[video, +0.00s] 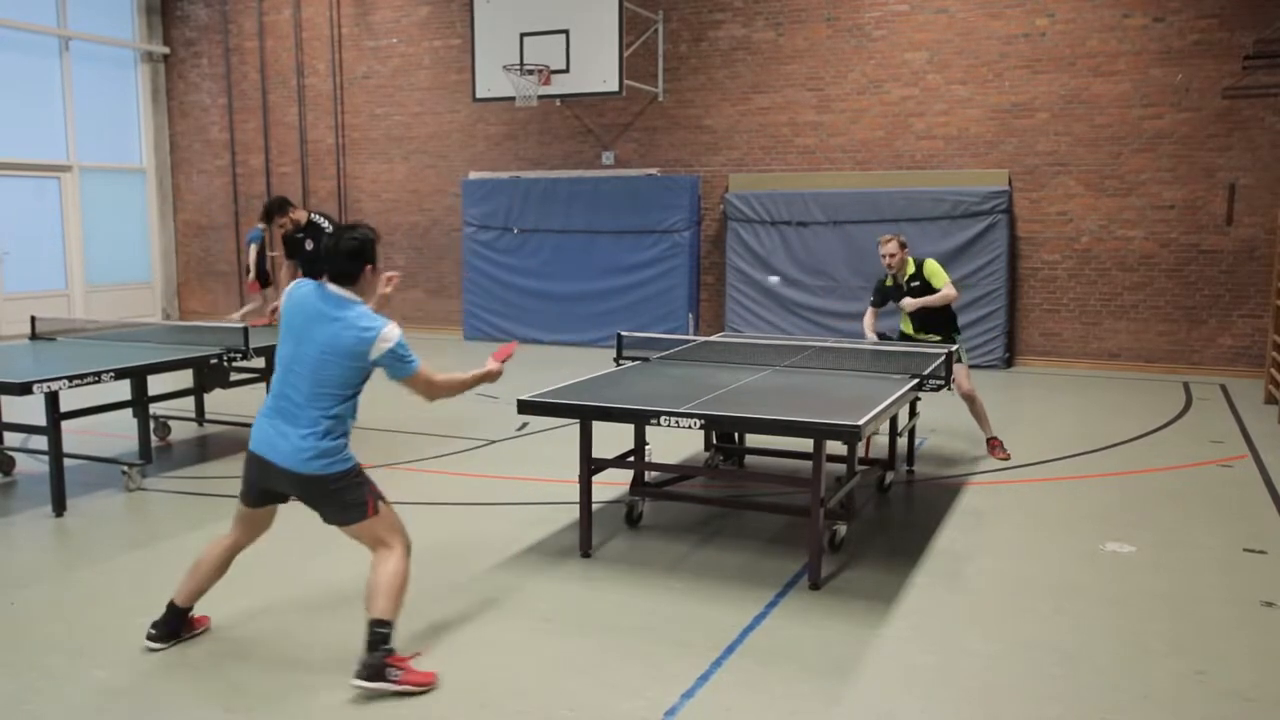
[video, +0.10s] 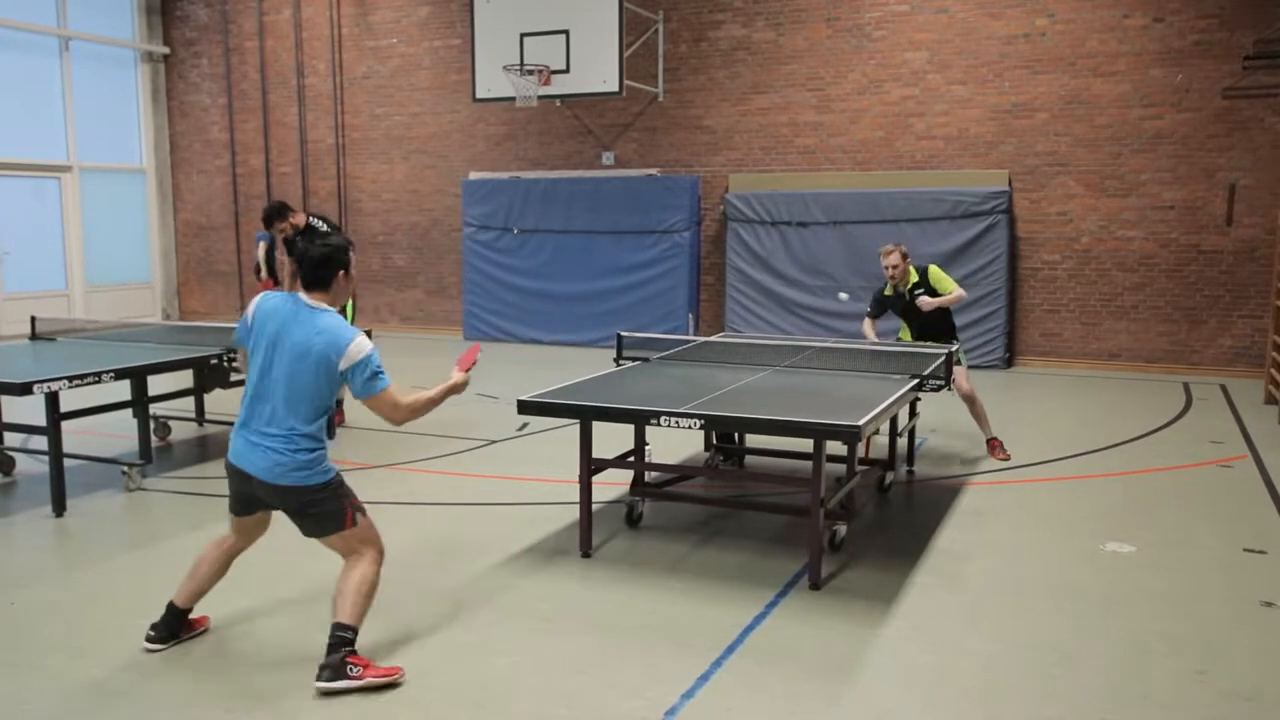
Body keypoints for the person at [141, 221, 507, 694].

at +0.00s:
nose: (382, 267)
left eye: (379, 261)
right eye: (377, 262)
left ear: (327, 266)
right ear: (366, 271)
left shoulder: (296, 294)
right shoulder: (376, 331)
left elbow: (337, 315)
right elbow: (431, 387)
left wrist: (369, 298)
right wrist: (485, 374)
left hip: (264, 451)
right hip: (321, 464)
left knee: (240, 532)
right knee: (392, 544)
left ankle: (169, 620)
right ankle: (377, 657)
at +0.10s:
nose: (354, 275)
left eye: (352, 267)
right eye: (352, 268)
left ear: (295, 268)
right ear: (341, 275)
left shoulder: (263, 306)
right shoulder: (346, 341)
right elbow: (397, 411)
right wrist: (449, 387)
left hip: (243, 460)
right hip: (299, 472)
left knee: (241, 532)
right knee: (365, 550)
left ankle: (169, 620)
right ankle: (339, 658)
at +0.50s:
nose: (389, 277)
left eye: (389, 267)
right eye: (387, 268)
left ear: (340, 266)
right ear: (367, 269)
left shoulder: (300, 297)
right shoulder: (342, 324)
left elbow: (291, 373)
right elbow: (332, 417)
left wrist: (355, 382)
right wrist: (404, 442)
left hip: (251, 449)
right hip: (295, 457)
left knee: (267, 536)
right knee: (374, 548)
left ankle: (196, 635)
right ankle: (363, 683)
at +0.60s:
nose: (418, 311)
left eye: (417, 301)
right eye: (413, 301)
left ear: (379, 302)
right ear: (390, 306)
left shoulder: (357, 340)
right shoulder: (330, 356)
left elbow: (374, 401)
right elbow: (285, 443)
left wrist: (433, 415)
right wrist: (331, 511)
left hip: (275, 475)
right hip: (291, 482)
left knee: (285, 553)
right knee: (394, 553)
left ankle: (200, 635)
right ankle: (402, 690)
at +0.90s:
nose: (486, 297)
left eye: (490, 286)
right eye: (479, 285)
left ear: (447, 279)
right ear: (444, 278)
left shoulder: (434, 312)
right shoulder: (392, 328)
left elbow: (417, 364)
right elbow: (340, 415)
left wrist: (461, 398)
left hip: (350, 454)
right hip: (341, 460)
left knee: (330, 544)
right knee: (422, 556)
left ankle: (259, 634)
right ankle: (409, 687)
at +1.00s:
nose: (486, 266)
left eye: (491, 254)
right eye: (478, 253)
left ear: (450, 243)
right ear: (443, 244)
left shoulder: (424, 272)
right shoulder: (412, 299)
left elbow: (399, 341)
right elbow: (366, 396)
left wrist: (440, 374)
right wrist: (444, 441)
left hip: (334, 425)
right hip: (359, 438)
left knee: (358, 535)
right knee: (424, 546)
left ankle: (319, 653)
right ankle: (414, 691)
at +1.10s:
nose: (478, 254)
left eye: (483, 243)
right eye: (468, 241)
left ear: (482, 239)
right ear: (433, 234)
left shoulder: (406, 268)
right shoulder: (417, 299)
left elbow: (373, 346)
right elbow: (387, 403)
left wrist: (429, 382)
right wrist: (473, 431)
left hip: (347, 442)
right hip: (382, 454)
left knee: (381, 548)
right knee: (448, 567)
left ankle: (341, 672)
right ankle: (426, 708)